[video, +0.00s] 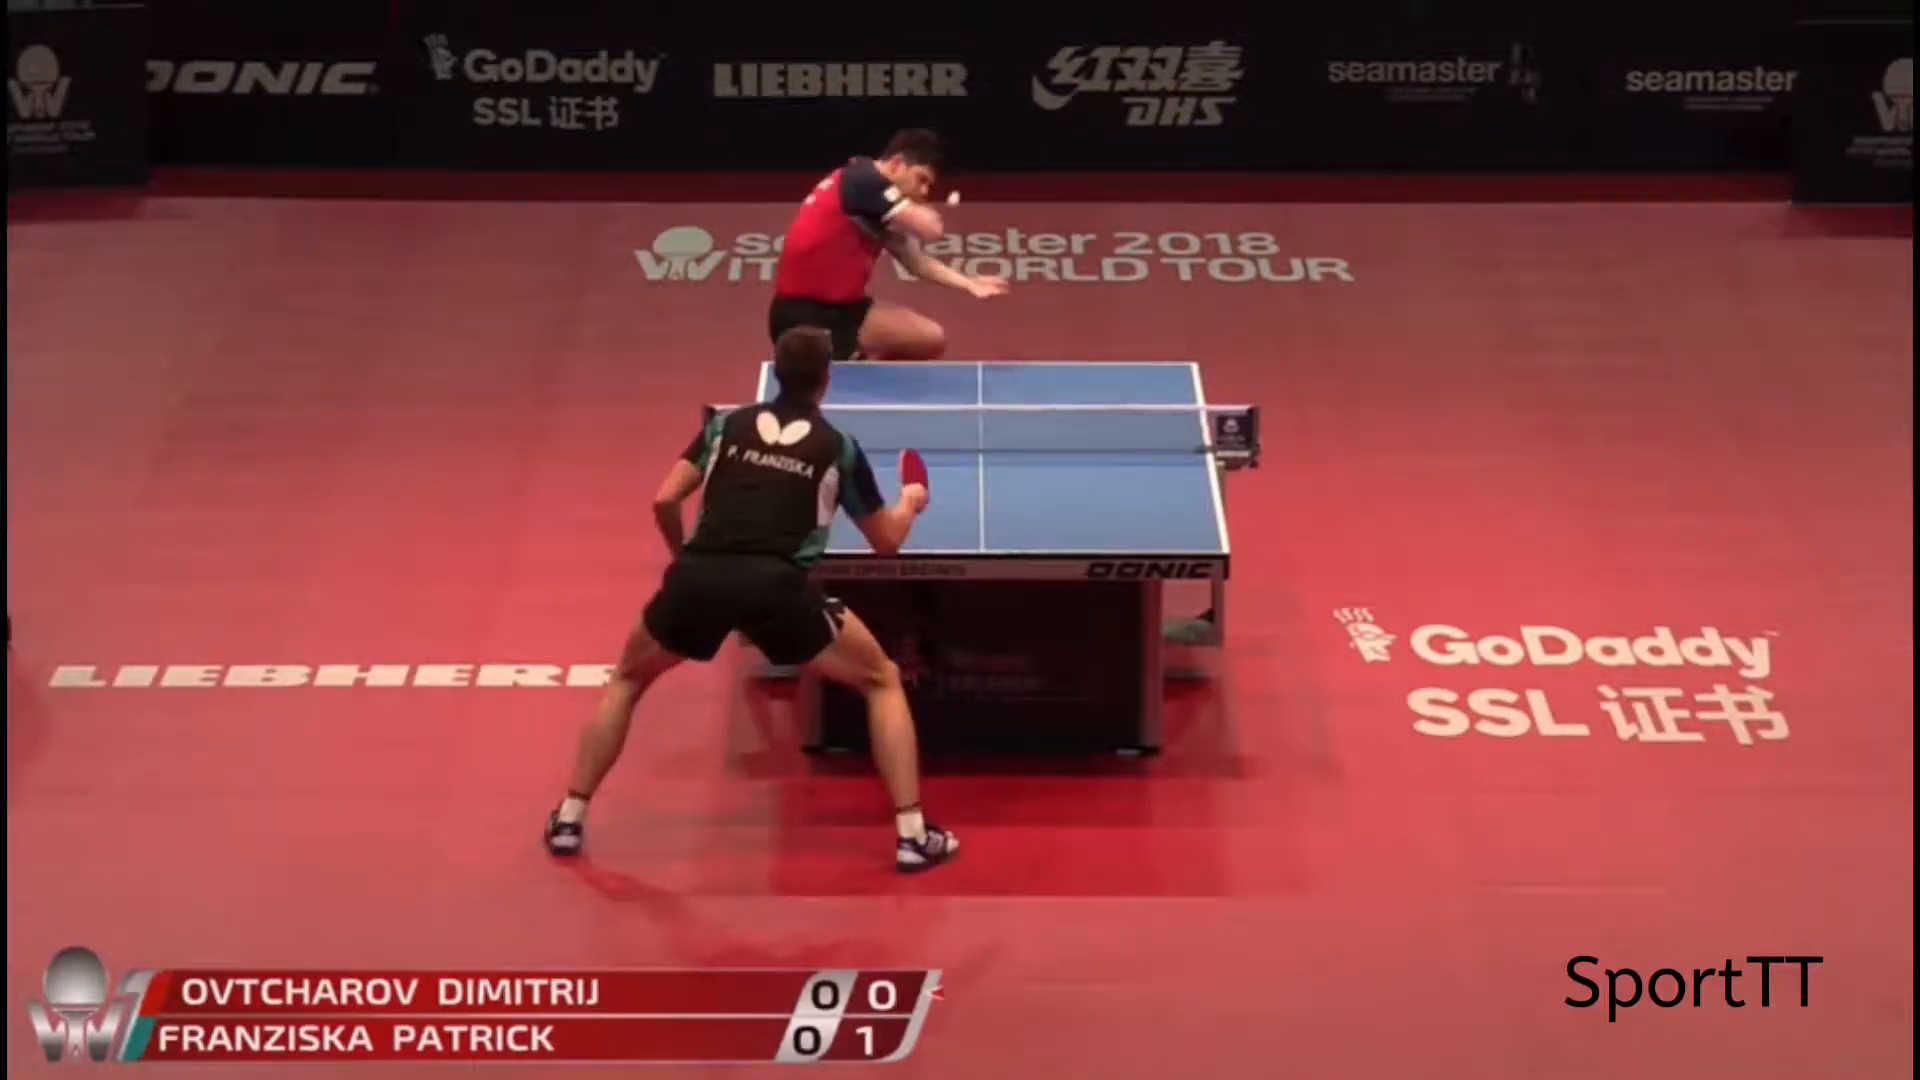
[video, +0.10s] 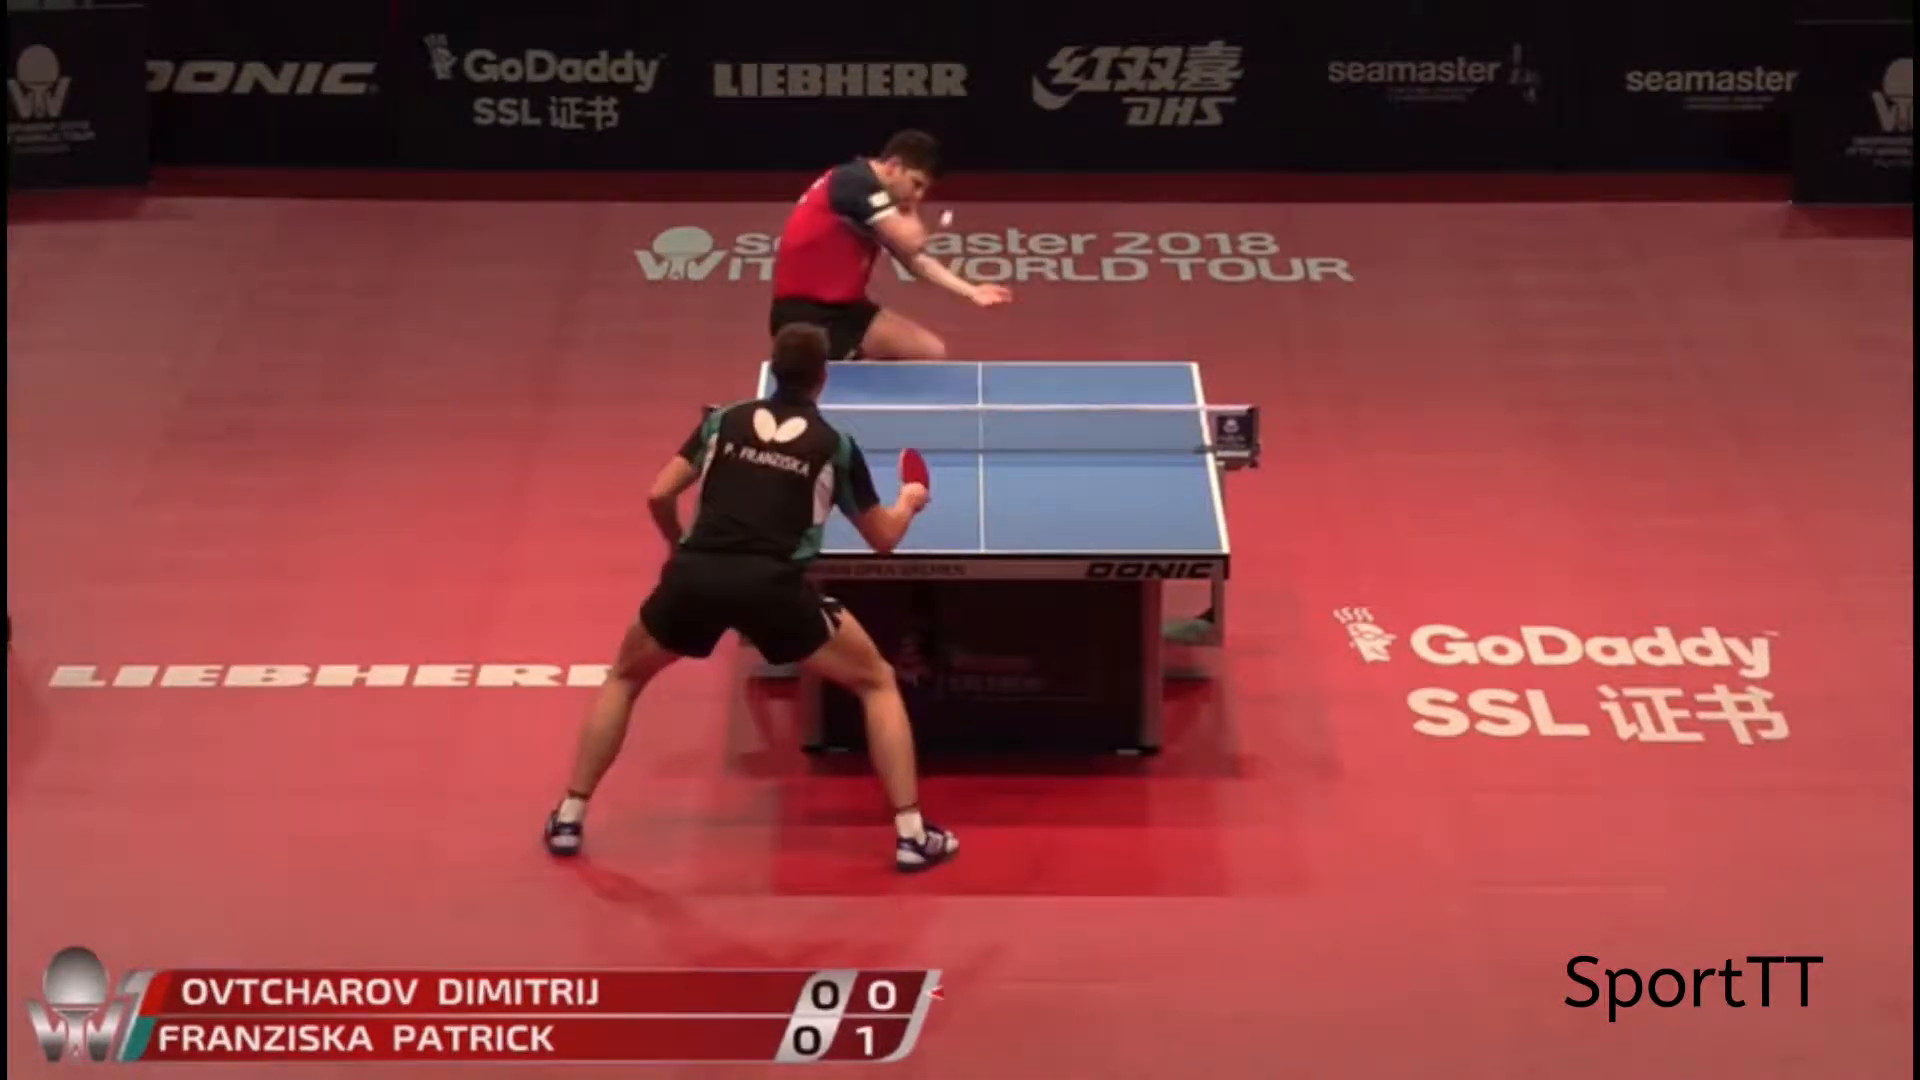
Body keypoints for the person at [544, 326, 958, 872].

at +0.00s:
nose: (819, 378)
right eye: (823, 370)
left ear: (775, 374)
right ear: (827, 378)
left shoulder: (726, 425)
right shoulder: (837, 447)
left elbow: (665, 502)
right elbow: (887, 538)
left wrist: (683, 562)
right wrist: (911, 502)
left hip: (699, 577)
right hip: (777, 586)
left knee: (628, 680)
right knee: (880, 680)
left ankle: (568, 816)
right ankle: (914, 833)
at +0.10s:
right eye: (820, 369)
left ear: (771, 373)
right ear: (823, 377)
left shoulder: (724, 420)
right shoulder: (834, 445)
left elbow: (659, 495)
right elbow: (885, 536)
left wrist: (680, 549)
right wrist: (910, 501)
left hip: (695, 576)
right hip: (773, 585)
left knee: (625, 677)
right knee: (876, 682)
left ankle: (568, 815)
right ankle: (913, 832)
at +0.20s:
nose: (817, 350)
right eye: (819, 342)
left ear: (768, 343)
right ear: (820, 350)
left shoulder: (717, 392)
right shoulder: (830, 421)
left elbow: (650, 460)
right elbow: (877, 515)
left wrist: (685, 493)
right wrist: (914, 501)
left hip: (691, 549)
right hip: (769, 561)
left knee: (628, 663)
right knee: (864, 657)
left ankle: (565, 798)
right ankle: (906, 801)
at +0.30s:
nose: (818, 348)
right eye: (820, 342)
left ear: (769, 341)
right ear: (820, 349)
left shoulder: (718, 390)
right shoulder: (830, 419)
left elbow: (652, 460)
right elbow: (878, 514)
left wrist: (687, 491)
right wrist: (911, 509)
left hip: (691, 547)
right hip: (770, 559)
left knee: (629, 657)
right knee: (862, 656)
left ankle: (564, 789)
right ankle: (914, 802)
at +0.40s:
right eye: (813, 361)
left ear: (762, 366)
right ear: (813, 375)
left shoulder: (714, 420)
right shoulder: (830, 444)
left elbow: (663, 505)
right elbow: (895, 530)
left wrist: (708, 523)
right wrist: (903, 557)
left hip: (695, 582)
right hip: (780, 590)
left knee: (618, 662)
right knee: (874, 655)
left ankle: (563, 800)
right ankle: (925, 798)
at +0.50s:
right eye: (808, 372)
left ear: (760, 377)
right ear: (810, 384)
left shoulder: (714, 430)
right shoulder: (828, 449)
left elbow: (669, 514)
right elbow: (897, 535)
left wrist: (705, 527)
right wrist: (898, 569)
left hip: (699, 592)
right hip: (783, 599)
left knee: (617, 659)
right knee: (879, 648)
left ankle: (560, 798)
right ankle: (928, 788)